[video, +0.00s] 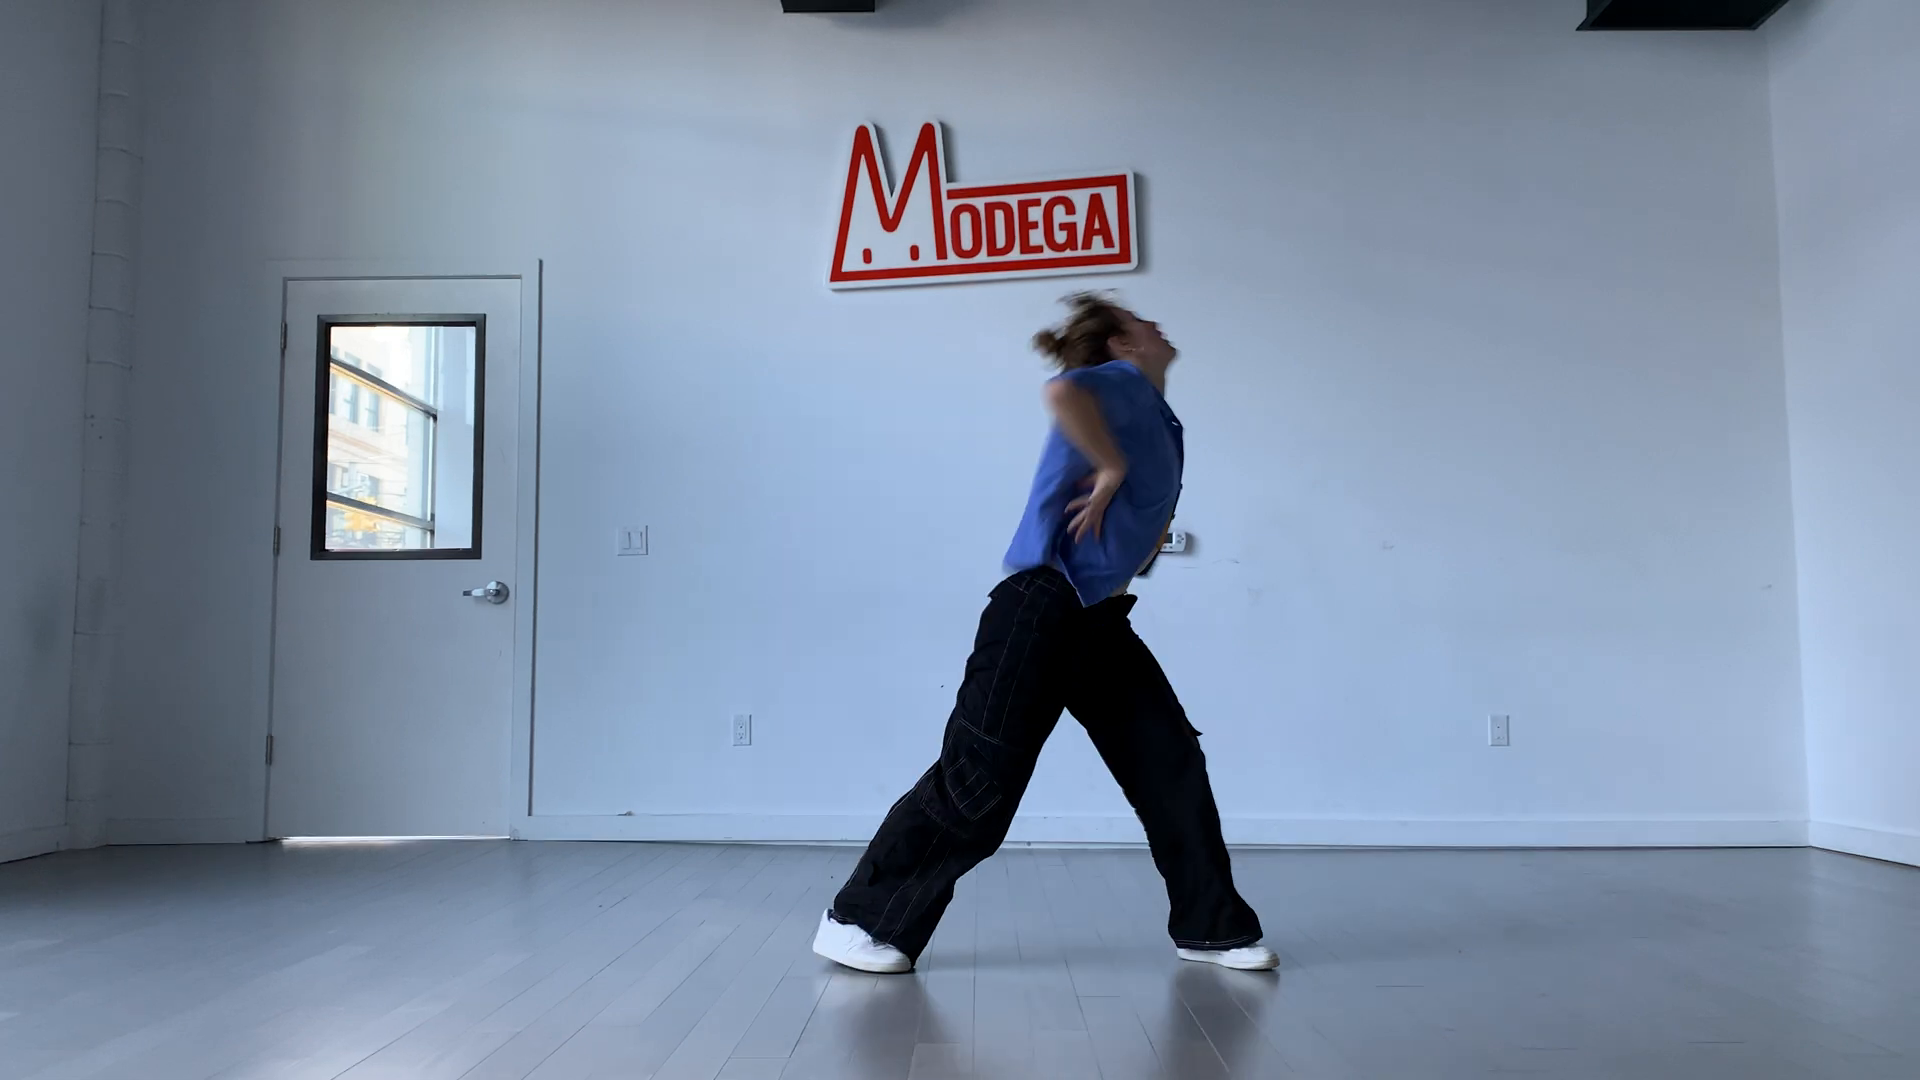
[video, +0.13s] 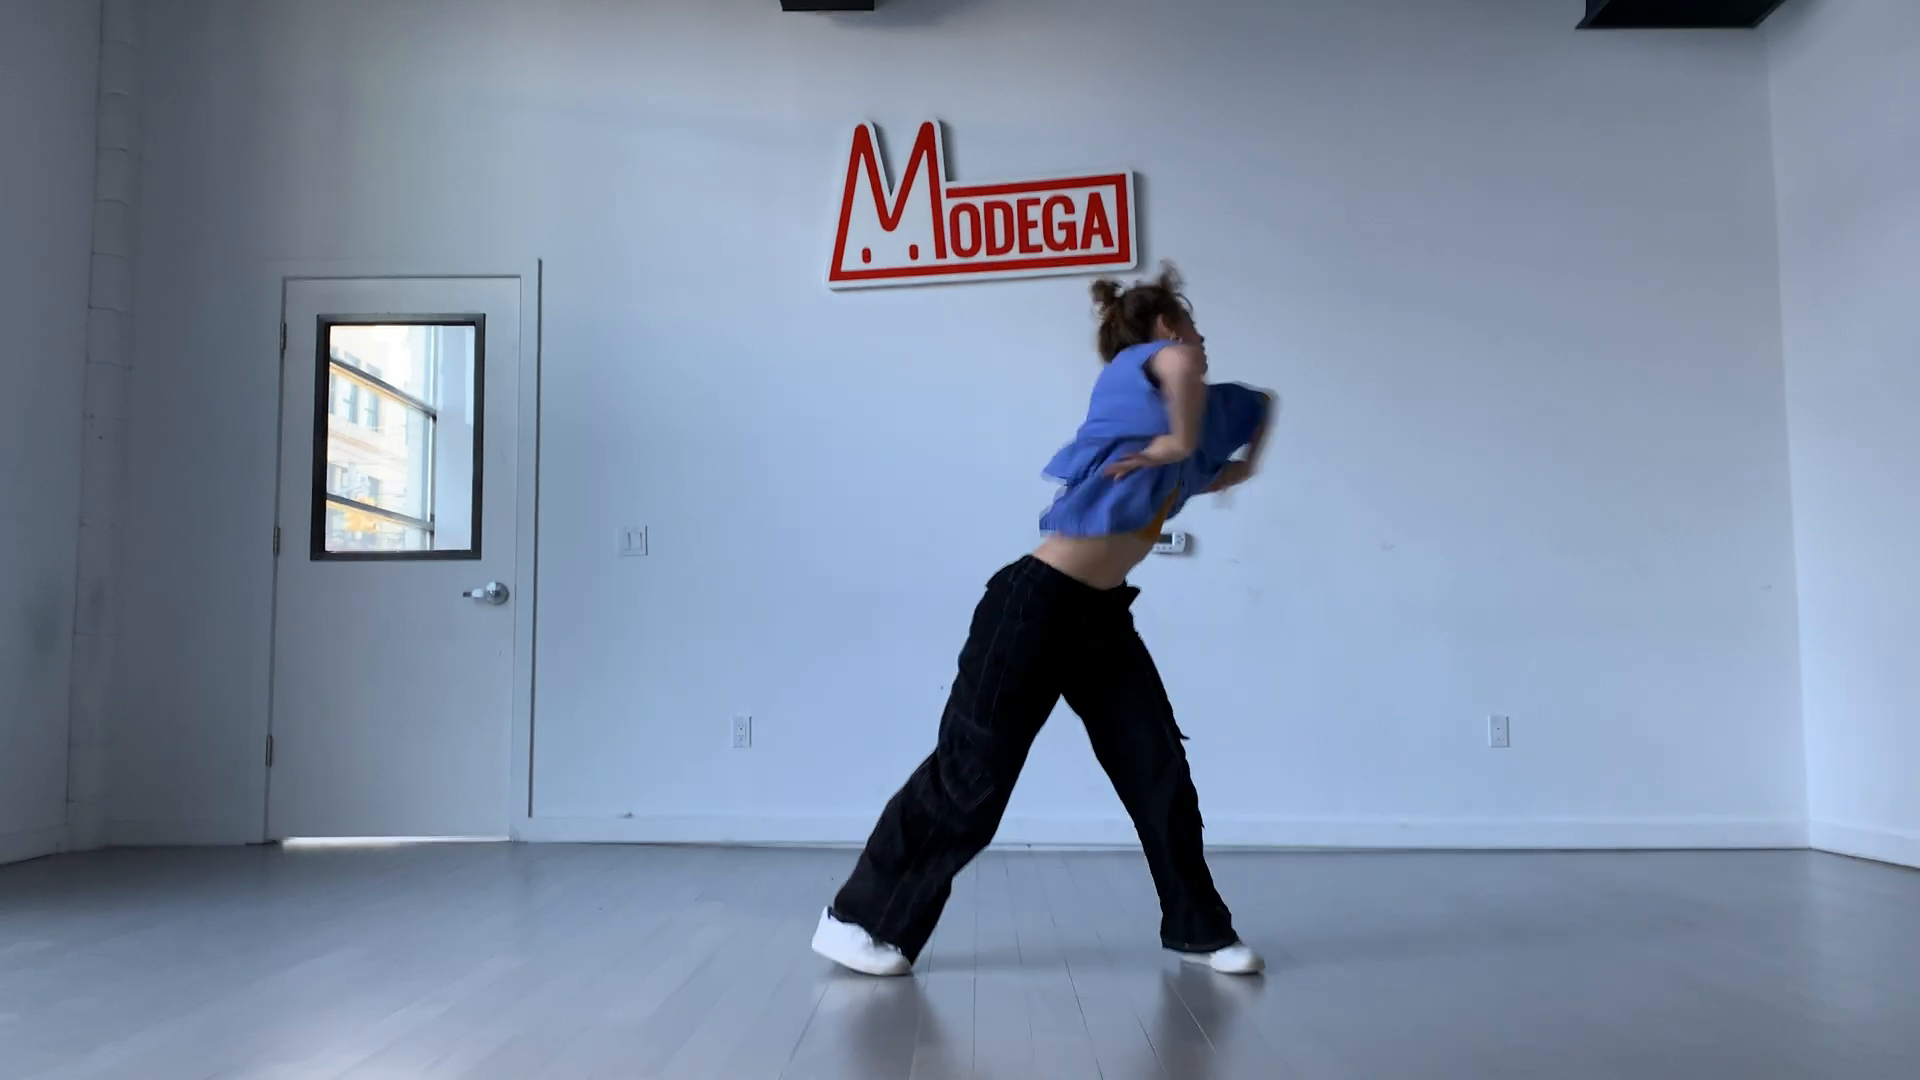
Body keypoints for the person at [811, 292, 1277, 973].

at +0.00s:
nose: (1159, 328)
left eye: (1150, 320)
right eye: (1143, 323)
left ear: (1132, 347)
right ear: (1119, 343)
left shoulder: (1157, 422)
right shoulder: (1118, 382)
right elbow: (1061, 394)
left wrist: (1152, 532)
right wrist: (1113, 466)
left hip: (1101, 622)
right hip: (1039, 611)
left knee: (1172, 765)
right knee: (977, 782)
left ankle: (1210, 927)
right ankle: (859, 921)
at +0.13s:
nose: (1192, 335)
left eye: (1191, 325)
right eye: (1182, 324)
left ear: (1154, 333)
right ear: (1155, 330)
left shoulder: (1168, 421)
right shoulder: (1131, 368)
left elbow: (1220, 472)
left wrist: (1238, 467)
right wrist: (1182, 441)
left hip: (1105, 618)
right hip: (1036, 606)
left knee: (1161, 780)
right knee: (967, 780)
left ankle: (1201, 930)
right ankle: (856, 920)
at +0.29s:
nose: (1217, 323)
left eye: (1214, 311)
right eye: (1209, 310)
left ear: (1174, 315)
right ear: (1179, 309)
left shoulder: (1217, 390)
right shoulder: (1130, 371)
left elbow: (1320, 422)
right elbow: (1224, 427)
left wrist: (1421, 458)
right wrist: (1299, 457)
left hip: (1146, 603)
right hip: (1069, 599)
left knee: (1178, 776)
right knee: (1007, 778)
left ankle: (1199, 936)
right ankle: (887, 903)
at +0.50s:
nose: (1201, 287)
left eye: (1212, 276)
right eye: (1186, 274)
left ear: (1224, 288)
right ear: (1156, 284)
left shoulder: (1226, 372)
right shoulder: (1139, 339)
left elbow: (1336, 405)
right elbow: (1200, 373)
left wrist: (1449, 414)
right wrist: (1286, 387)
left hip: (1201, 574)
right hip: (1120, 577)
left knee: (1218, 743)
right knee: (1169, 731)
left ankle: (1218, 922)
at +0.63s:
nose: (1206, 298)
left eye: (1220, 288)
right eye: (1192, 286)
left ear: (1231, 297)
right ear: (1164, 293)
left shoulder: (1233, 373)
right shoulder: (1144, 336)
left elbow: (1297, 392)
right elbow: (1190, 354)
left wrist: (1374, 378)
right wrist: (1240, 355)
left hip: (1228, 589)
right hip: (1145, 586)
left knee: (1256, 754)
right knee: (1213, 753)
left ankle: (1242, 932)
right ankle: (1300, 944)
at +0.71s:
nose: (1208, 305)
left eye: (1220, 294)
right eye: (1195, 293)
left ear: (1239, 301)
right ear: (1169, 301)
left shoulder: (1242, 372)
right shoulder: (1153, 343)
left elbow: (1270, 389)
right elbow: (1171, 362)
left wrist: (1315, 378)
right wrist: (1198, 349)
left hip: (1234, 587)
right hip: (1159, 581)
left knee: (1281, 745)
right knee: (1228, 746)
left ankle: (1215, 918)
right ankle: (1263, 946)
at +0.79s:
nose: (1208, 303)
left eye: (1221, 291)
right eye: (1194, 290)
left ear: (1236, 300)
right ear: (1167, 296)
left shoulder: (1235, 364)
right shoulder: (1153, 341)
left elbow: (1248, 380)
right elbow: (1156, 355)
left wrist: (1263, 379)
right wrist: (1170, 358)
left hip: (1230, 575)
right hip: (1160, 567)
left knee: (1285, 754)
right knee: (1221, 738)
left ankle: (1216, 933)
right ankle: (1201, 942)